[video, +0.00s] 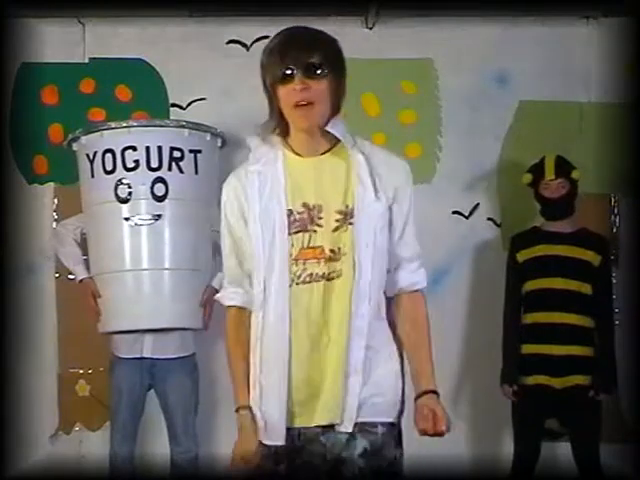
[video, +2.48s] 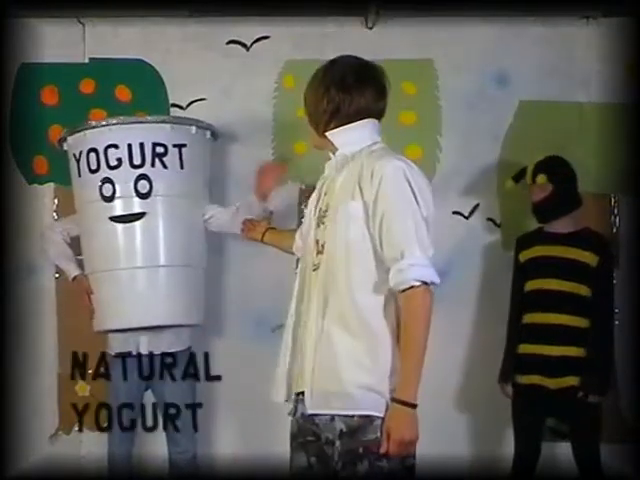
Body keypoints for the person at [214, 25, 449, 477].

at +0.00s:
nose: (301, 87)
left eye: (314, 72)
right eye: (286, 76)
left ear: (338, 84)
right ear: (273, 91)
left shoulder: (387, 173)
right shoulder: (243, 187)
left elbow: (407, 289)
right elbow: (237, 303)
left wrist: (426, 390)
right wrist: (244, 412)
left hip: (369, 414)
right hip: (281, 416)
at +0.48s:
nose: (357, 60)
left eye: (372, 44)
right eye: (340, 47)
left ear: (396, 59)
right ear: (323, 65)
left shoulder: (440, 165)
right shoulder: (284, 166)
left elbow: (454, 296)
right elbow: (267, 295)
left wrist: (449, 419)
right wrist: (273, 414)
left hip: (403, 425)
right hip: (309, 423)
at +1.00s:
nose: (360, 57)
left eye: (380, 42)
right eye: (347, 43)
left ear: (409, 57)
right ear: (333, 58)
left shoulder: (455, 169)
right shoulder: (293, 165)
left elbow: (469, 302)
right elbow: (273, 292)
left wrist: (467, 426)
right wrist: (272, 410)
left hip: (409, 437)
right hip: (308, 430)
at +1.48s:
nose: (284, 71)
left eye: (294, 54)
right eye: (286, 57)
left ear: (337, 54)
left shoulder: (430, 156)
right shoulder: (312, 157)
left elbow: (455, 306)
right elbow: (302, 286)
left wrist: (414, 432)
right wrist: (253, 359)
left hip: (387, 440)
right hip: (307, 428)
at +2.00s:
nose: (298, 106)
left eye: (301, 93)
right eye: (299, 94)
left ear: (317, 96)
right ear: (366, 95)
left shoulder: (380, 166)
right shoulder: (330, 169)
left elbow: (421, 285)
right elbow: (324, 237)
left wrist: (422, 410)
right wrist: (269, 221)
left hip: (367, 413)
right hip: (322, 407)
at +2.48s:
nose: (306, 116)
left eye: (310, 105)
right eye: (307, 105)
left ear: (326, 107)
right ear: (368, 106)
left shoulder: (389, 172)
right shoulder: (333, 178)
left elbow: (415, 288)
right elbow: (319, 248)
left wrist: (405, 401)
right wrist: (260, 232)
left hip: (366, 414)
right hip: (312, 409)